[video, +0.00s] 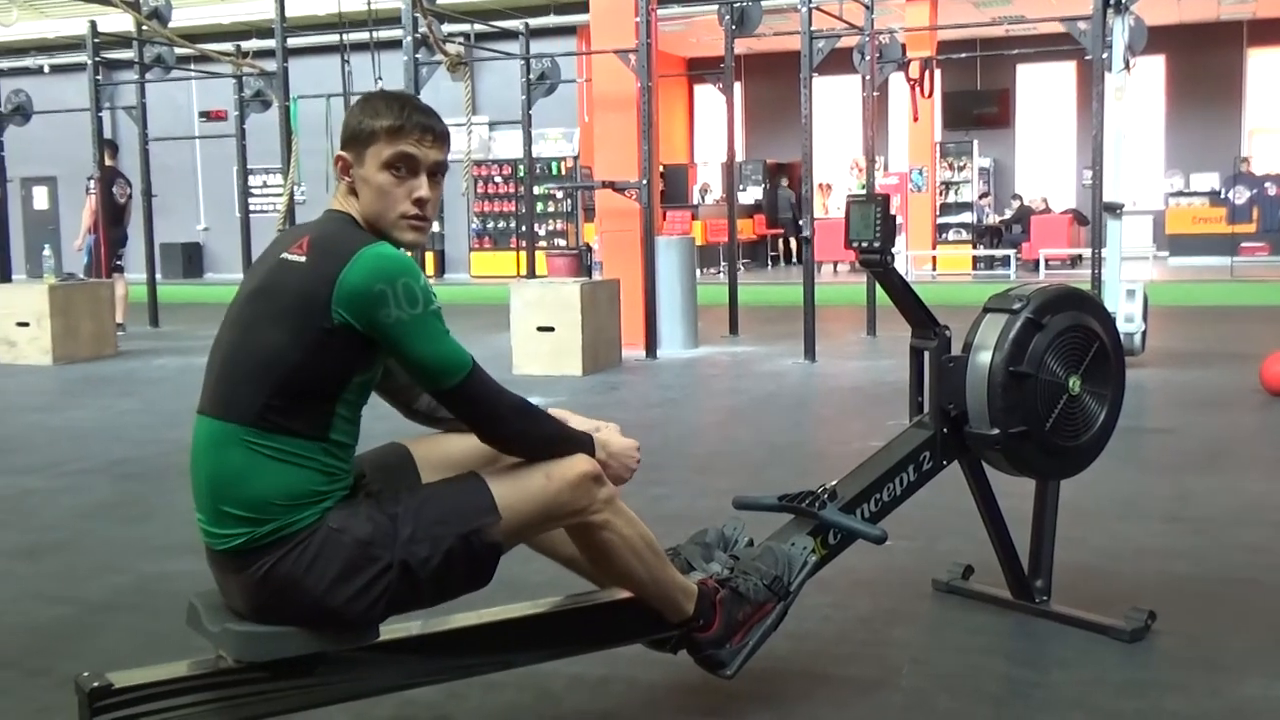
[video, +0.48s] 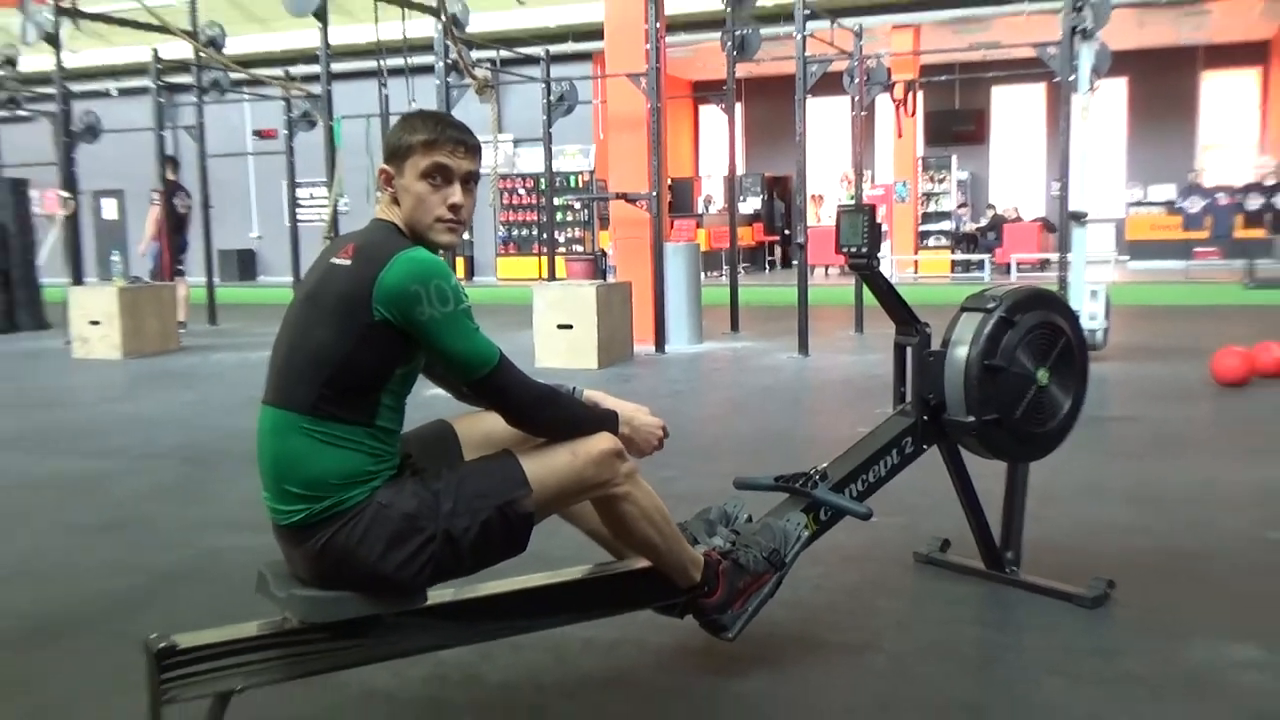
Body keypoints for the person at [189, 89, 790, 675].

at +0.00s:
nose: (425, 192)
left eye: (434, 174)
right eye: (403, 170)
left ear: (442, 176)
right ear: (347, 172)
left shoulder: (310, 248)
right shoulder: (375, 267)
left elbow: (424, 402)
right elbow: (488, 407)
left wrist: (563, 428)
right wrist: (595, 449)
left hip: (261, 529)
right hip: (300, 554)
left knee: (498, 444)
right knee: (575, 476)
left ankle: (649, 593)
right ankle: (699, 615)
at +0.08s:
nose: (428, 193)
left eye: (437, 175)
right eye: (406, 170)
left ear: (445, 178)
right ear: (350, 171)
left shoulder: (313, 246)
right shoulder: (377, 266)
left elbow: (431, 401)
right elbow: (486, 403)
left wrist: (567, 428)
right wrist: (599, 448)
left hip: (265, 527)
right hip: (304, 553)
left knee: (499, 443)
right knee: (578, 474)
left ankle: (649, 591)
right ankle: (701, 612)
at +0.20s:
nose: (432, 191)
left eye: (442, 174)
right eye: (410, 167)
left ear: (450, 177)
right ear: (354, 169)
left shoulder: (322, 244)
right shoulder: (378, 264)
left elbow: (446, 398)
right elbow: (495, 405)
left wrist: (582, 426)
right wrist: (609, 444)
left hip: (281, 519)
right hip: (310, 549)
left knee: (508, 439)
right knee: (586, 472)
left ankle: (651, 591)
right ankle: (705, 611)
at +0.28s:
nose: (435, 187)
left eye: (445, 170)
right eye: (412, 165)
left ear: (453, 176)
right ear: (358, 168)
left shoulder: (327, 246)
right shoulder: (381, 264)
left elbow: (455, 398)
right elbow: (501, 407)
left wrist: (591, 422)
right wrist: (615, 436)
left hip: (287, 516)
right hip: (316, 547)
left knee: (511, 437)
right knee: (592, 470)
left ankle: (653, 592)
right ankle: (708, 611)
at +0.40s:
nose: (442, 187)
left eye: (452, 170)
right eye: (419, 165)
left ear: (460, 177)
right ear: (367, 171)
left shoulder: (337, 246)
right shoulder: (389, 264)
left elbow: (465, 393)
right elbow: (511, 406)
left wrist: (591, 415)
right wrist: (616, 429)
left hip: (300, 509)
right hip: (330, 539)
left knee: (516, 429)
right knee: (595, 462)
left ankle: (656, 584)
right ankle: (708, 602)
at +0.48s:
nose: (459, 199)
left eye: (468, 183)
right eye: (438, 178)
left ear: (475, 190)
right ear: (388, 184)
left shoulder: (361, 253)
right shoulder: (410, 270)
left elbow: (482, 386)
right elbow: (519, 397)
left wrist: (600, 408)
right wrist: (620, 424)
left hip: (329, 496)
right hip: (354, 525)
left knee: (525, 422)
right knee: (600, 454)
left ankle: (657, 568)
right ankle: (706, 583)